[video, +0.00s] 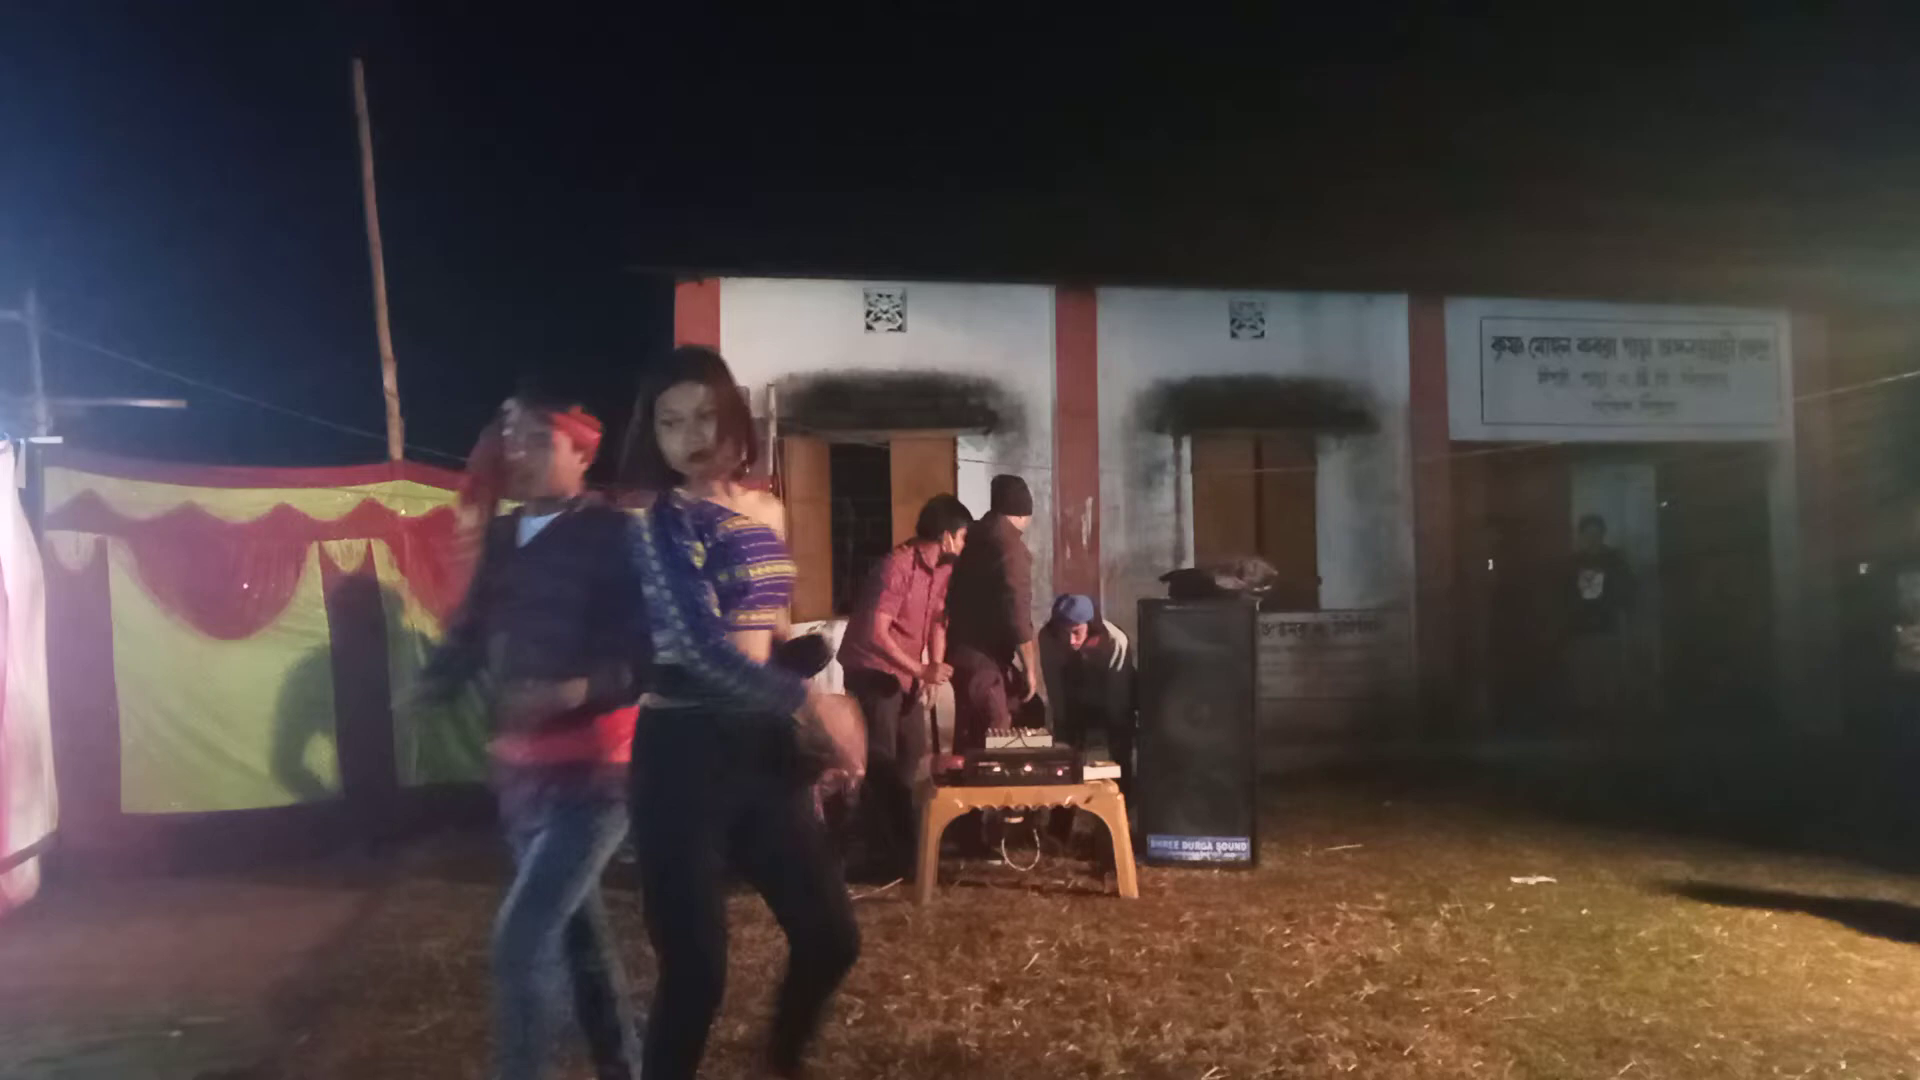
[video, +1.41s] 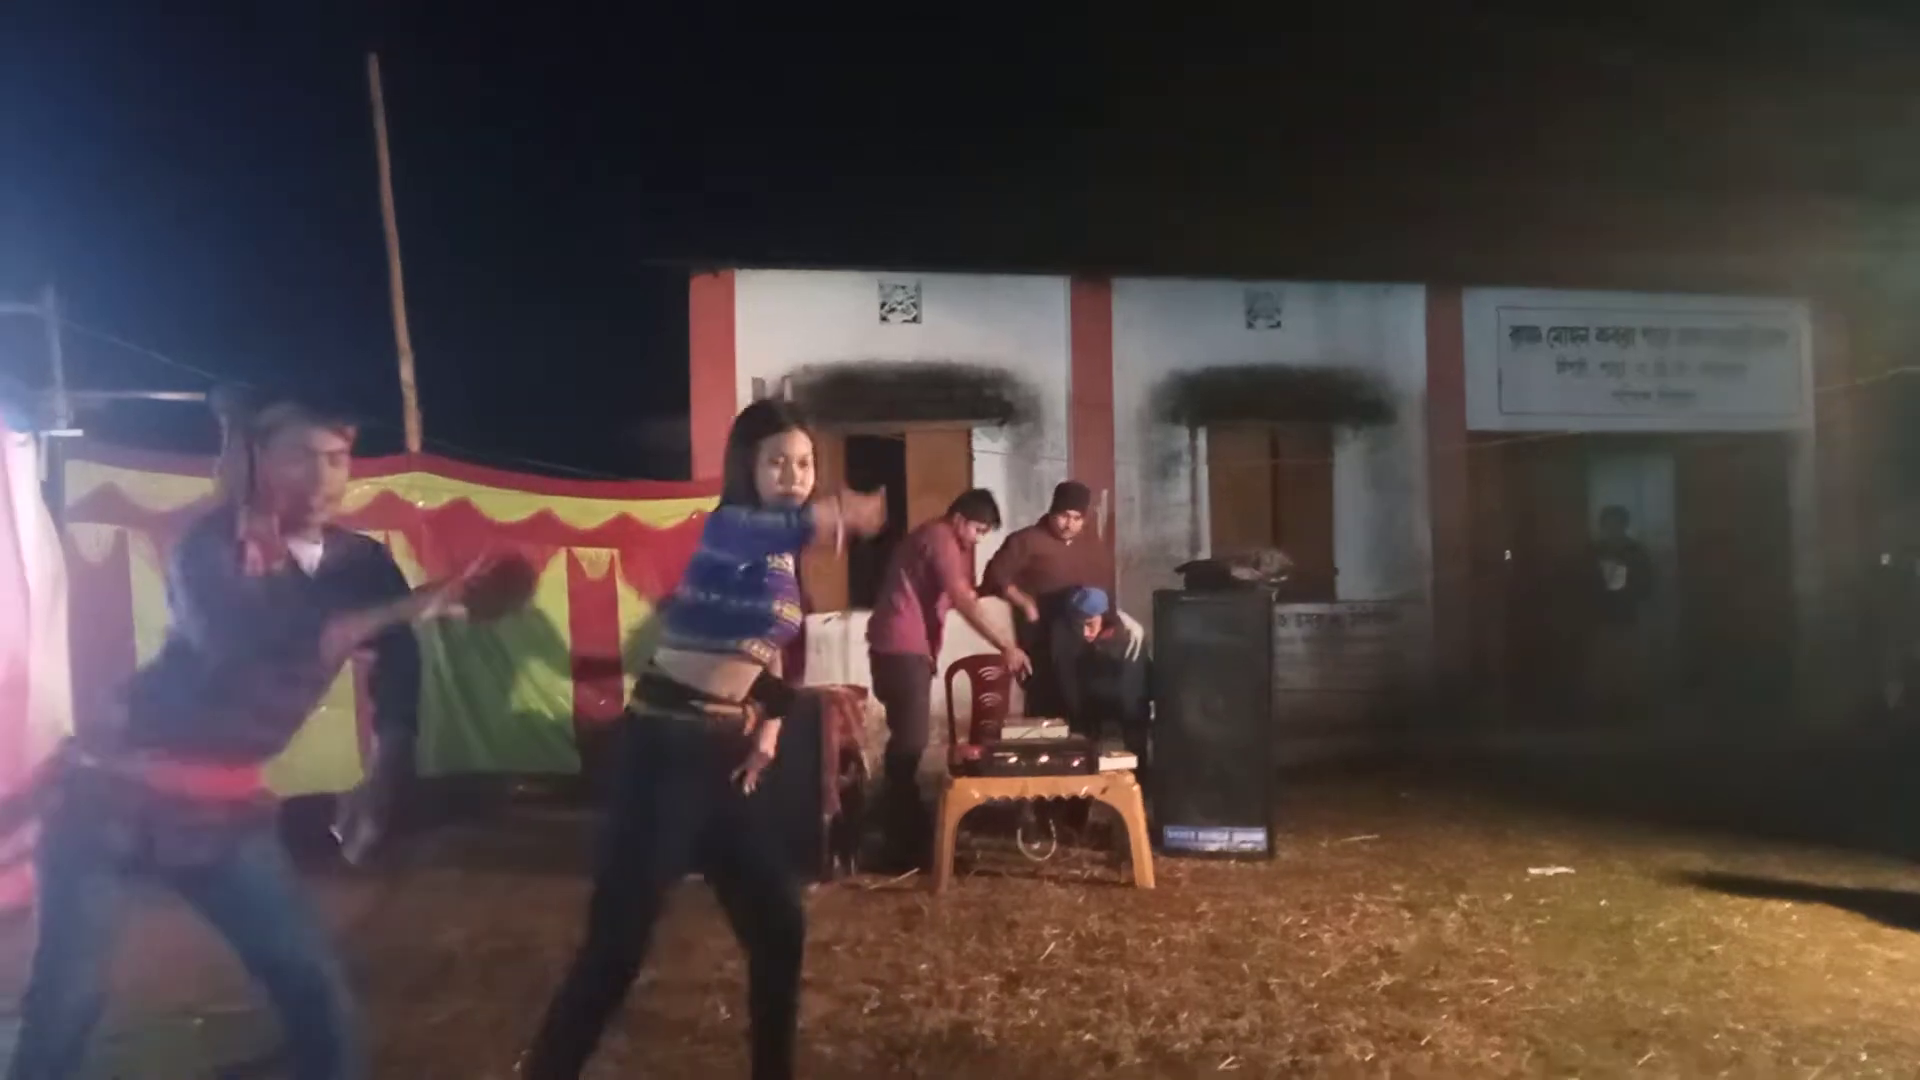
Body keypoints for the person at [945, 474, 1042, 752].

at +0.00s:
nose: (1029, 516)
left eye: (1029, 510)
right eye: (1028, 510)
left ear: (997, 504)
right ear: (1021, 511)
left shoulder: (974, 533)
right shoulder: (1011, 546)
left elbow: (956, 599)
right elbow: (1018, 615)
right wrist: (1030, 668)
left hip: (962, 653)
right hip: (986, 659)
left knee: (968, 742)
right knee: (997, 745)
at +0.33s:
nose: (1035, 520)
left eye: (1034, 513)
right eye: (1034, 514)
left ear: (1003, 507)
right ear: (1028, 513)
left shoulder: (972, 537)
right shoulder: (1016, 548)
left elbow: (944, 579)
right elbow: (1019, 614)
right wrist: (1029, 666)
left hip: (970, 657)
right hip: (1000, 661)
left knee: (969, 743)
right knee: (1002, 742)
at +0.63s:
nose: (1053, 537)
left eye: (1054, 529)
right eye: (1050, 529)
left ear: (1035, 524)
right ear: (1037, 526)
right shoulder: (1019, 552)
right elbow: (1012, 628)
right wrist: (1029, 665)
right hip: (1013, 675)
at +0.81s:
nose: (1063, 542)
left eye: (1068, 535)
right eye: (1059, 533)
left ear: (1073, 533)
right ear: (1044, 527)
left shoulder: (1068, 552)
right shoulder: (1015, 553)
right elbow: (995, 598)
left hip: (1057, 640)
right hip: (1019, 641)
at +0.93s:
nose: (1063, 540)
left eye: (1069, 534)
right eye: (1059, 531)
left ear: (1074, 532)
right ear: (1043, 526)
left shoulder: (1071, 552)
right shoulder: (1012, 552)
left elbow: (1081, 595)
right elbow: (986, 596)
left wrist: (1086, 628)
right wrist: (1003, 637)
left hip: (1060, 639)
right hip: (1019, 641)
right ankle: (1016, 708)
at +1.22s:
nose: (1059, 532)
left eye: (1067, 527)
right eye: (1055, 524)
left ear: (1075, 528)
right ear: (1044, 519)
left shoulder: (1083, 553)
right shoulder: (1016, 548)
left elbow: (1096, 592)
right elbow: (985, 582)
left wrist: (1096, 625)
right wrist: (1003, 614)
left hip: (1074, 639)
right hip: (1028, 641)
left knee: (1124, 641)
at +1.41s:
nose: (1068, 524)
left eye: (1076, 518)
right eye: (1063, 516)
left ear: (1084, 519)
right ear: (1052, 513)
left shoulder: (1095, 547)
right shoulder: (1025, 541)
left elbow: (1107, 590)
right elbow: (995, 576)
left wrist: (1111, 620)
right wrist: (1024, 602)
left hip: (1089, 629)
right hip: (1040, 630)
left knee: (1132, 637)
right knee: (1061, 628)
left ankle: (1133, 723)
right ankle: (1075, 717)